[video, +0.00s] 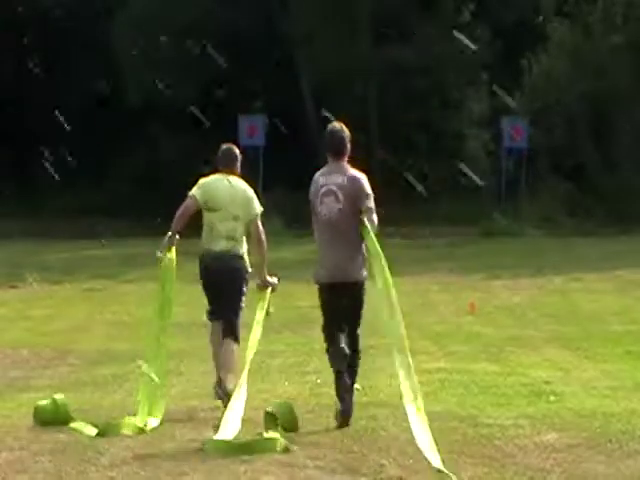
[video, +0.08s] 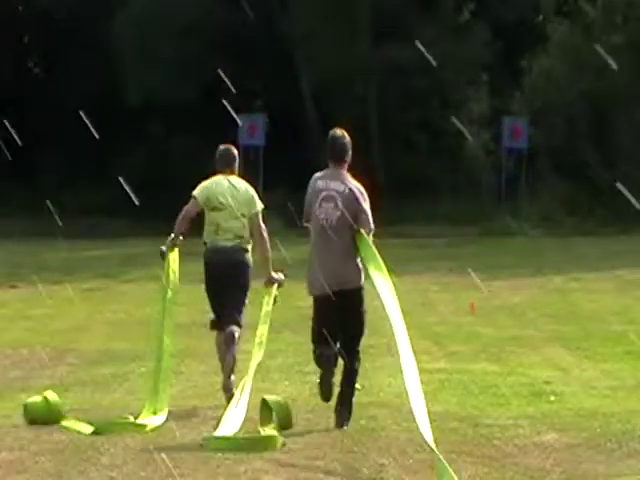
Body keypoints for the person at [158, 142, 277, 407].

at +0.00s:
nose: (239, 167)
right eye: (240, 163)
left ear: (217, 163)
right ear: (238, 164)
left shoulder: (206, 184)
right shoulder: (246, 191)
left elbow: (185, 210)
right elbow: (259, 237)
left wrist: (172, 235)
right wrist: (263, 273)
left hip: (209, 258)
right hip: (236, 259)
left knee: (216, 317)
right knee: (230, 324)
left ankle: (220, 376)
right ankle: (227, 381)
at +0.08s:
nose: (231, 168)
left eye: (222, 164)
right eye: (234, 163)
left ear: (217, 165)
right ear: (237, 165)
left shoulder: (207, 186)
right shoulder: (248, 191)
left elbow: (187, 213)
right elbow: (260, 233)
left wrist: (175, 237)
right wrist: (269, 270)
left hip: (213, 253)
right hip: (239, 253)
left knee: (222, 317)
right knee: (235, 308)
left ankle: (227, 376)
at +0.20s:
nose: (235, 175)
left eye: (228, 170)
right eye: (239, 171)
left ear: (220, 172)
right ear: (241, 172)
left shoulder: (210, 194)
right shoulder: (249, 196)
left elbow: (189, 219)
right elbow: (266, 233)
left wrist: (179, 242)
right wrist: (277, 267)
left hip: (217, 258)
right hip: (243, 257)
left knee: (222, 325)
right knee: (243, 316)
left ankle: (230, 388)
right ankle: (241, 339)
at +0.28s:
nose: (247, 170)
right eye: (247, 166)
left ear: (227, 165)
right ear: (248, 167)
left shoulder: (213, 186)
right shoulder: (253, 190)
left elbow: (192, 214)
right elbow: (270, 227)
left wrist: (184, 240)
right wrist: (282, 257)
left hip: (217, 254)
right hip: (244, 255)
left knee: (224, 320)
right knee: (242, 316)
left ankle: (229, 372)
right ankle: (244, 373)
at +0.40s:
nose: (253, 176)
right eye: (254, 172)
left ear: (233, 170)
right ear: (253, 172)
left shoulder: (220, 188)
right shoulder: (256, 194)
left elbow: (199, 215)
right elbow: (276, 230)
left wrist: (188, 241)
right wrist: (290, 254)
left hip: (217, 248)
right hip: (243, 251)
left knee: (222, 298)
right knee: (243, 320)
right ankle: (242, 376)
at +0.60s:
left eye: (234, 173)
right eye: (246, 172)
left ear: (230, 174)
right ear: (249, 174)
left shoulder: (223, 193)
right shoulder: (259, 195)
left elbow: (207, 214)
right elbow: (276, 223)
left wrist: (197, 234)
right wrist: (291, 245)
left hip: (227, 255)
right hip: (251, 254)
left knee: (230, 312)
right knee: (245, 305)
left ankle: (234, 365)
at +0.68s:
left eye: (235, 178)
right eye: (247, 178)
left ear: (230, 179)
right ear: (249, 179)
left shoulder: (225, 198)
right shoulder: (259, 199)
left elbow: (210, 220)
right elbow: (275, 225)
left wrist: (201, 239)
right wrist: (290, 246)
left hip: (231, 255)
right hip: (254, 254)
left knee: (232, 316)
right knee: (252, 302)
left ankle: (239, 375)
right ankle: (247, 327)